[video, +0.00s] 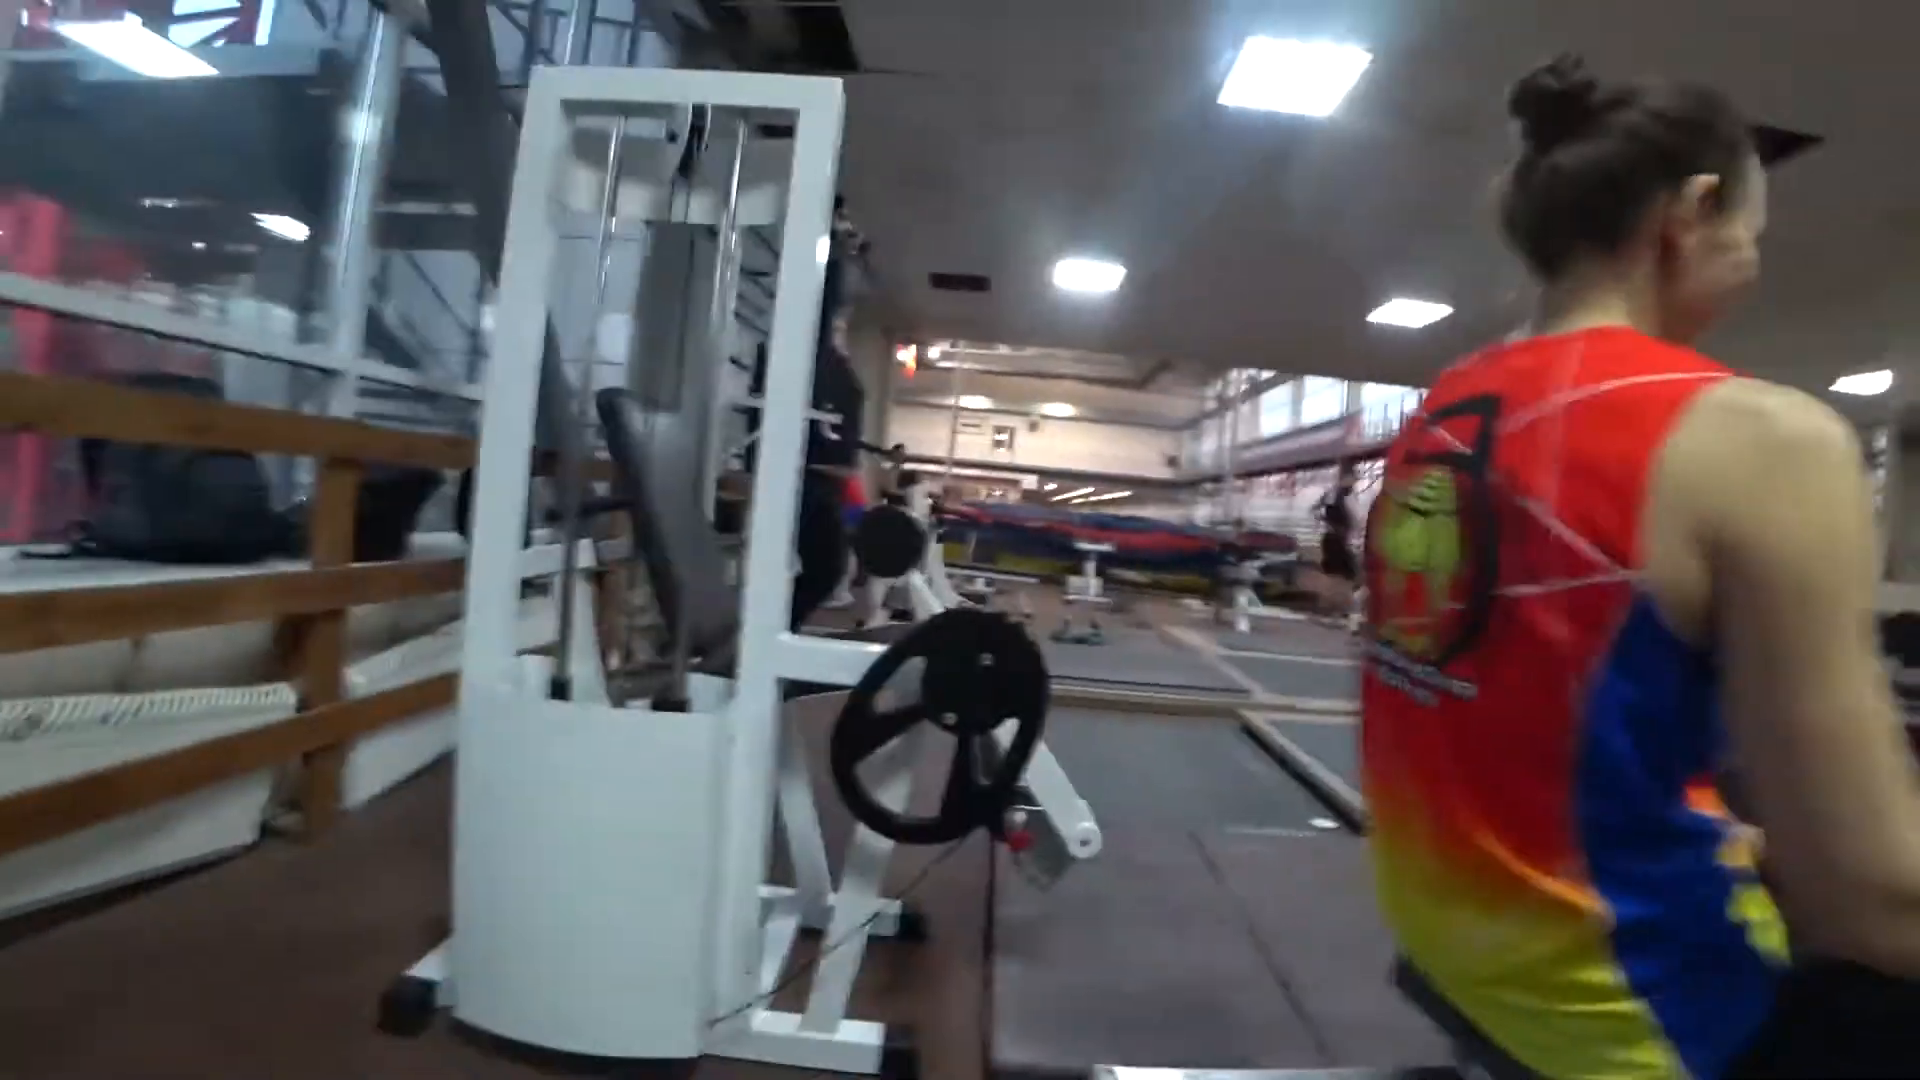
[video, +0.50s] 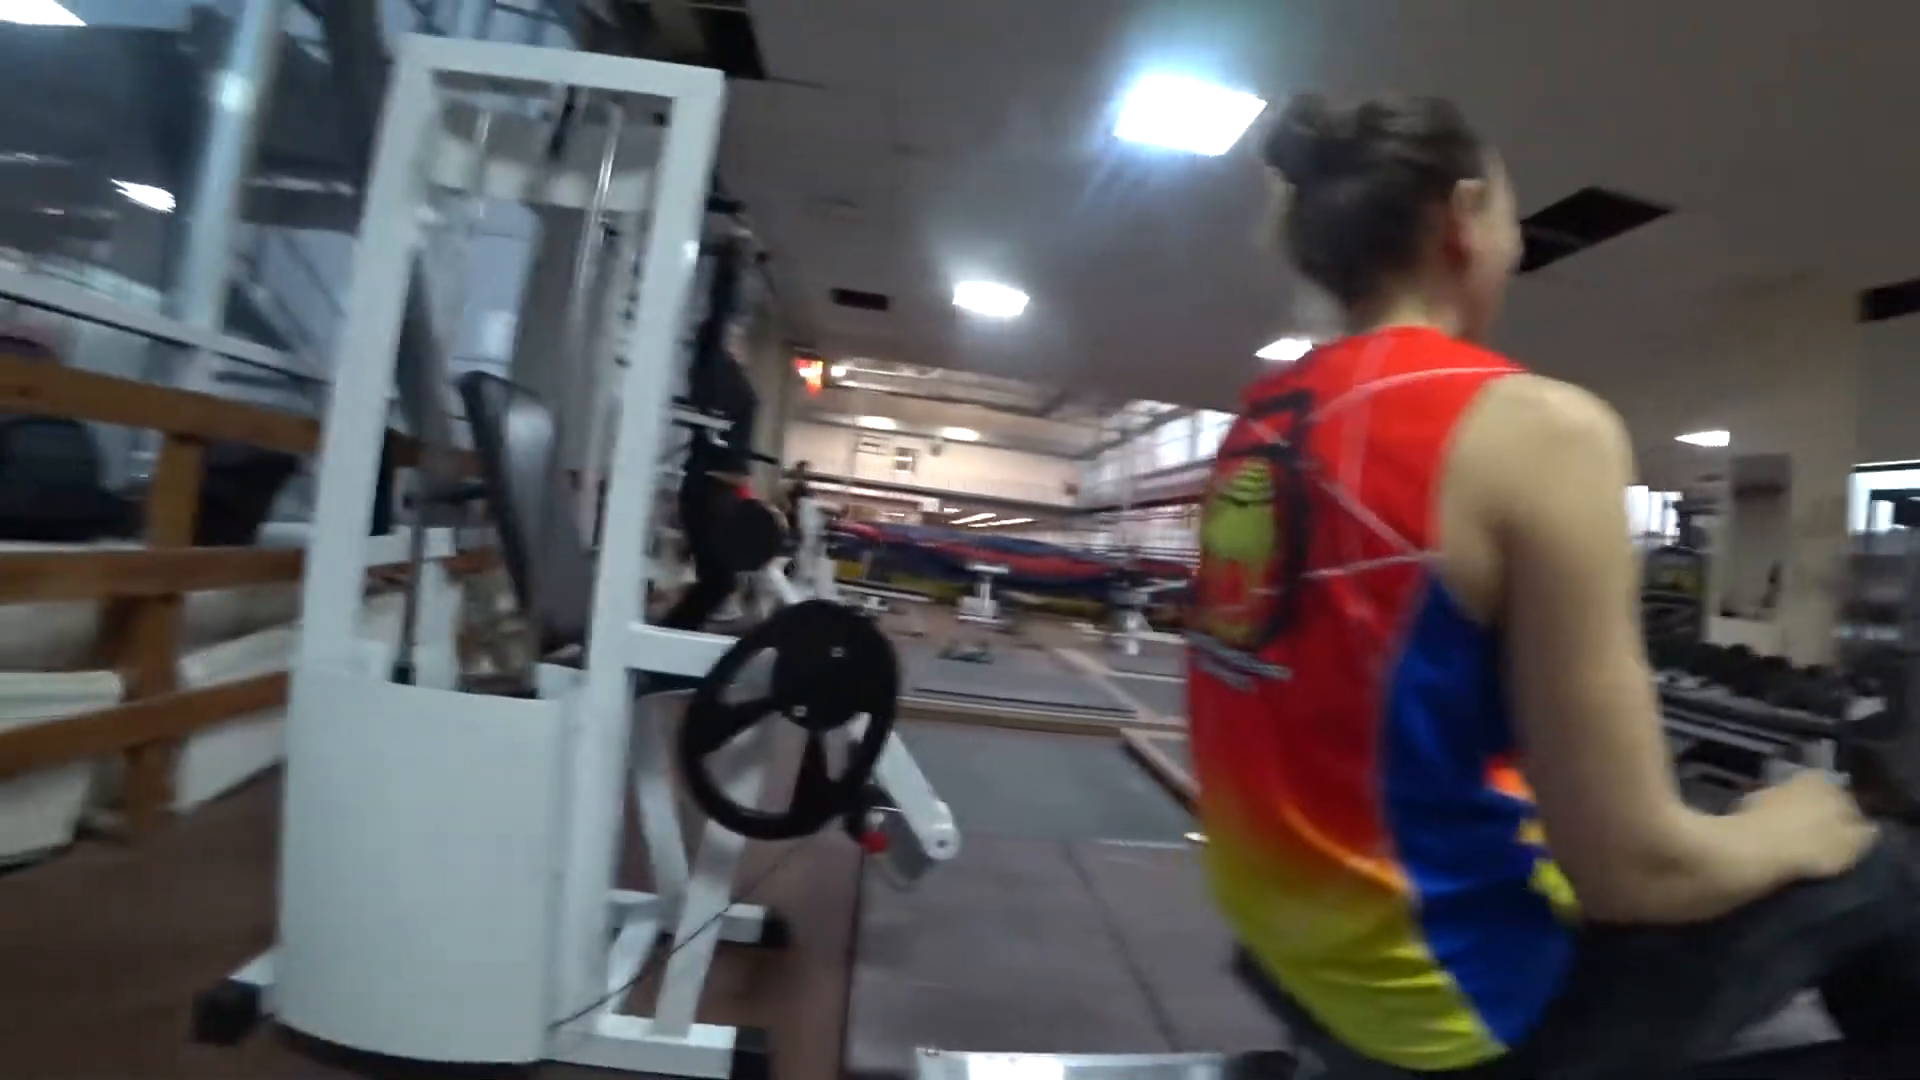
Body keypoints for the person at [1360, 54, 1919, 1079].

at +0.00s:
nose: (1750, 275)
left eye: (1754, 244)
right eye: (1749, 242)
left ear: (1556, 233)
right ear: (1691, 219)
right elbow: (1865, 903)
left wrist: (1724, 839)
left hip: (1457, 967)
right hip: (1652, 1010)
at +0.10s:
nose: (1633, 268)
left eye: (1639, 235)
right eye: (1625, 232)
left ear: (1438, 242)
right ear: (1547, 232)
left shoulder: (1335, 404)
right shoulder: (1587, 439)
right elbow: (1682, 865)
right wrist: (1867, 897)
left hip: (1316, 952)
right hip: (1483, 998)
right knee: (1877, 1015)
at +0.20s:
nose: (1441, 279)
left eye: (1447, 247)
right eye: (1442, 245)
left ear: (1267, 244)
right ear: (1383, 232)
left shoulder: (1175, 389)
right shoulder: (1418, 430)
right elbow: (1489, 838)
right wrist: (1623, 863)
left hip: (1157, 936)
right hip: (1318, 989)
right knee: (1686, 952)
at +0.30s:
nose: (1394, 282)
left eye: (1397, 249)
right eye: (1394, 247)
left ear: (1220, 243)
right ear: (1345, 235)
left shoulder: (1136, 399)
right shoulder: (1386, 427)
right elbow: (1457, 845)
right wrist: (1603, 852)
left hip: (1136, 949)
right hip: (1297, 1011)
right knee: (1658, 898)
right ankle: (1739, 1033)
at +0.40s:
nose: (1439, 259)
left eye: (1440, 229)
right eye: (1436, 228)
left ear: (1264, 248)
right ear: (1388, 231)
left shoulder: (1193, 400)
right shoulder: (1443, 428)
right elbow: (1533, 854)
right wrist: (1686, 840)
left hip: (1210, 958)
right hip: (1378, 1013)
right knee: (1744, 883)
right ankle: (1814, 1047)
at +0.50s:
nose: (1515, 249)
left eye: (1512, 220)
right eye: (1507, 217)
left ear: (1336, 253)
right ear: (1461, 225)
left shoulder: (1271, 411)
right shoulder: (1535, 432)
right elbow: (1633, 869)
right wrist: (1782, 833)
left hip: (1305, 977)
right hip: (1487, 1023)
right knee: (1875, 868)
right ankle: (1891, 1041)